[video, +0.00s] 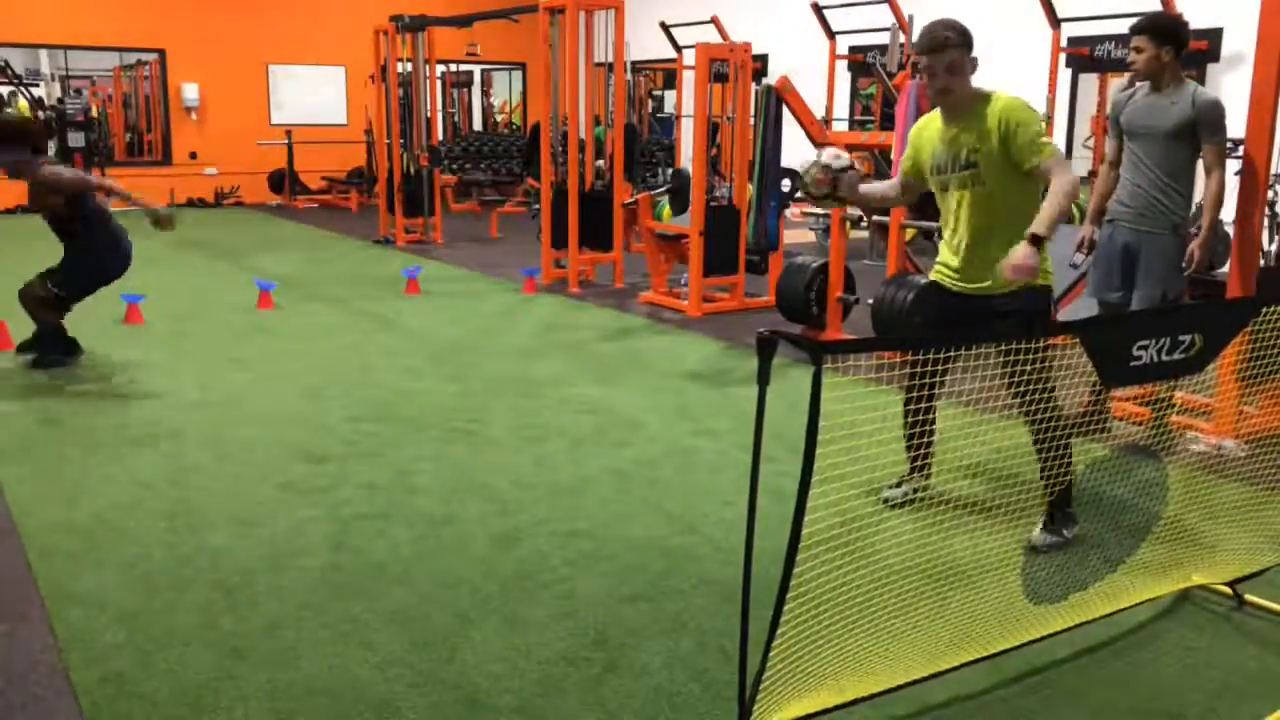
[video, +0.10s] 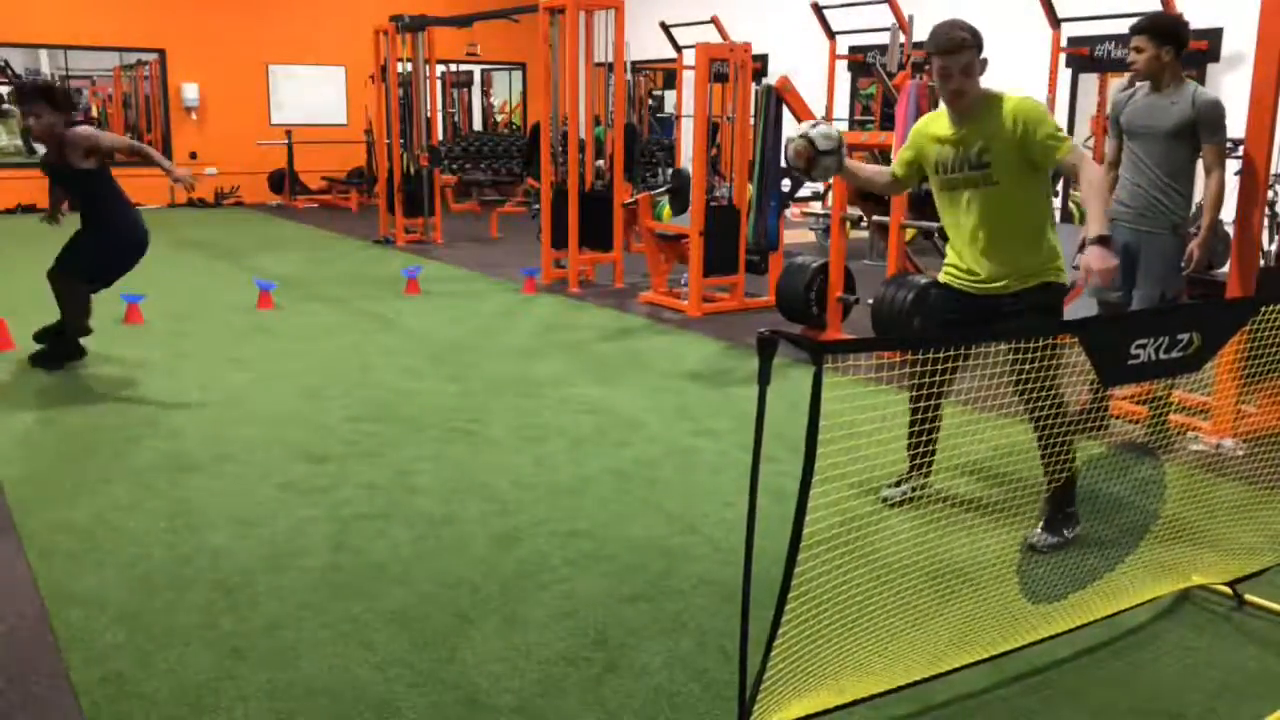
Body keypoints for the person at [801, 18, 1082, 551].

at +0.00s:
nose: (929, 75)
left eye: (941, 65)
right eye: (923, 65)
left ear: (970, 63)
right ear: (918, 67)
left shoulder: (1008, 115)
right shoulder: (924, 132)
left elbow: (1065, 179)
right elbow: (901, 191)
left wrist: (1033, 240)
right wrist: (844, 188)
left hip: (1016, 281)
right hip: (950, 280)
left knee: (1031, 392)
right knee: (920, 375)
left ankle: (1060, 511)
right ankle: (917, 475)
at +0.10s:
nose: (945, 79)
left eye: (957, 67)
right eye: (937, 68)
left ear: (981, 64)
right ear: (929, 68)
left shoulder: (1019, 116)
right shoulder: (927, 131)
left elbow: (1089, 170)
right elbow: (891, 180)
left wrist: (1097, 240)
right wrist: (832, 162)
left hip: (1029, 281)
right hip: (961, 280)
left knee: (1037, 391)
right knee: (925, 374)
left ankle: (1062, 508)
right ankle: (917, 475)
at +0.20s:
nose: (974, 84)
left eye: (985, 72)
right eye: (964, 74)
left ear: (1000, 68)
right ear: (945, 72)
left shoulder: (1043, 119)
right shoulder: (936, 134)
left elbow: (1119, 162)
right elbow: (887, 180)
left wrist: (1154, 219)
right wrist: (841, 150)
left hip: (1046, 282)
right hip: (971, 283)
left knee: (1047, 384)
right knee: (935, 372)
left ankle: (1066, 508)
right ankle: (919, 477)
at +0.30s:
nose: (1003, 89)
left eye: (1012, 77)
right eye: (991, 80)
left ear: (1027, 73)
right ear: (973, 81)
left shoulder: (1067, 125)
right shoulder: (951, 145)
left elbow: (1130, 169)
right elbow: (899, 211)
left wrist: (1180, 199)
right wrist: (856, 185)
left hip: (1062, 291)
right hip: (983, 296)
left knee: (1062, 397)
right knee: (939, 374)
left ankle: (1065, 513)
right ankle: (920, 475)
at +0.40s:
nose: (1025, 100)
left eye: (1033, 87)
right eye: (1011, 90)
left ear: (1046, 82)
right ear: (991, 90)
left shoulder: (1082, 135)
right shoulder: (973, 159)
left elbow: (1127, 201)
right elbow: (958, 237)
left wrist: (1178, 227)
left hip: (1073, 292)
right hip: (998, 298)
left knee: (1080, 403)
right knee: (952, 377)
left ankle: (1063, 512)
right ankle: (920, 471)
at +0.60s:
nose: (1047, 90)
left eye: (1056, 78)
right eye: (1035, 82)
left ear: (1069, 76)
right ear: (1017, 85)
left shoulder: (1105, 132)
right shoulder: (1002, 155)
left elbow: (1132, 216)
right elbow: (1055, 231)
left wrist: (1152, 296)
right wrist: (1142, 212)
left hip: (1084, 294)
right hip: (1006, 293)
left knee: (1087, 410)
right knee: (950, 383)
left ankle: (1062, 517)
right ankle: (912, 470)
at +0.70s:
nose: (1045, 79)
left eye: (1055, 66)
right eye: (1035, 69)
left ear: (1078, 60)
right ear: (1023, 70)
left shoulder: (1123, 130)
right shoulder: (1004, 139)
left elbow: (1145, 210)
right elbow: (1005, 232)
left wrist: (1146, 287)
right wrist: (1097, 218)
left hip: (1094, 288)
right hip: (1018, 286)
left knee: (1087, 404)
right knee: (960, 383)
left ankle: (1063, 516)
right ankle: (928, 474)